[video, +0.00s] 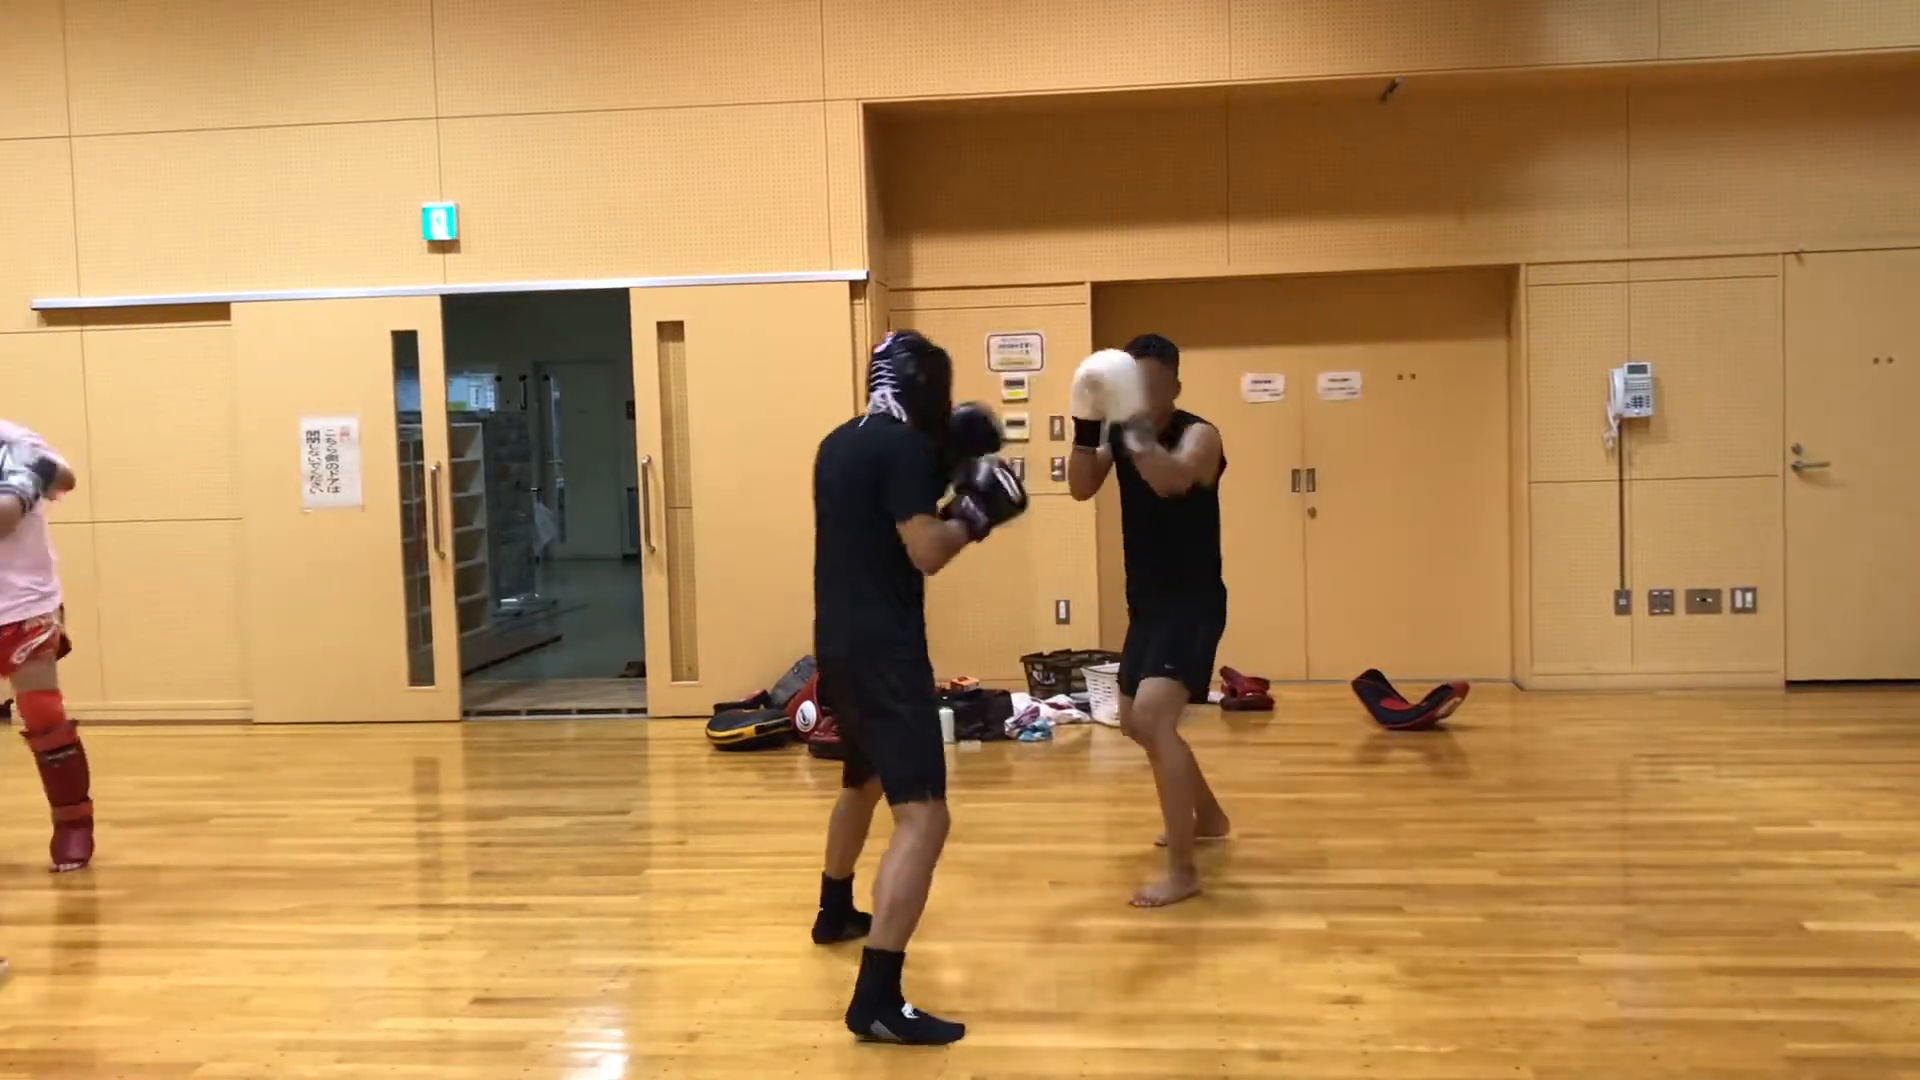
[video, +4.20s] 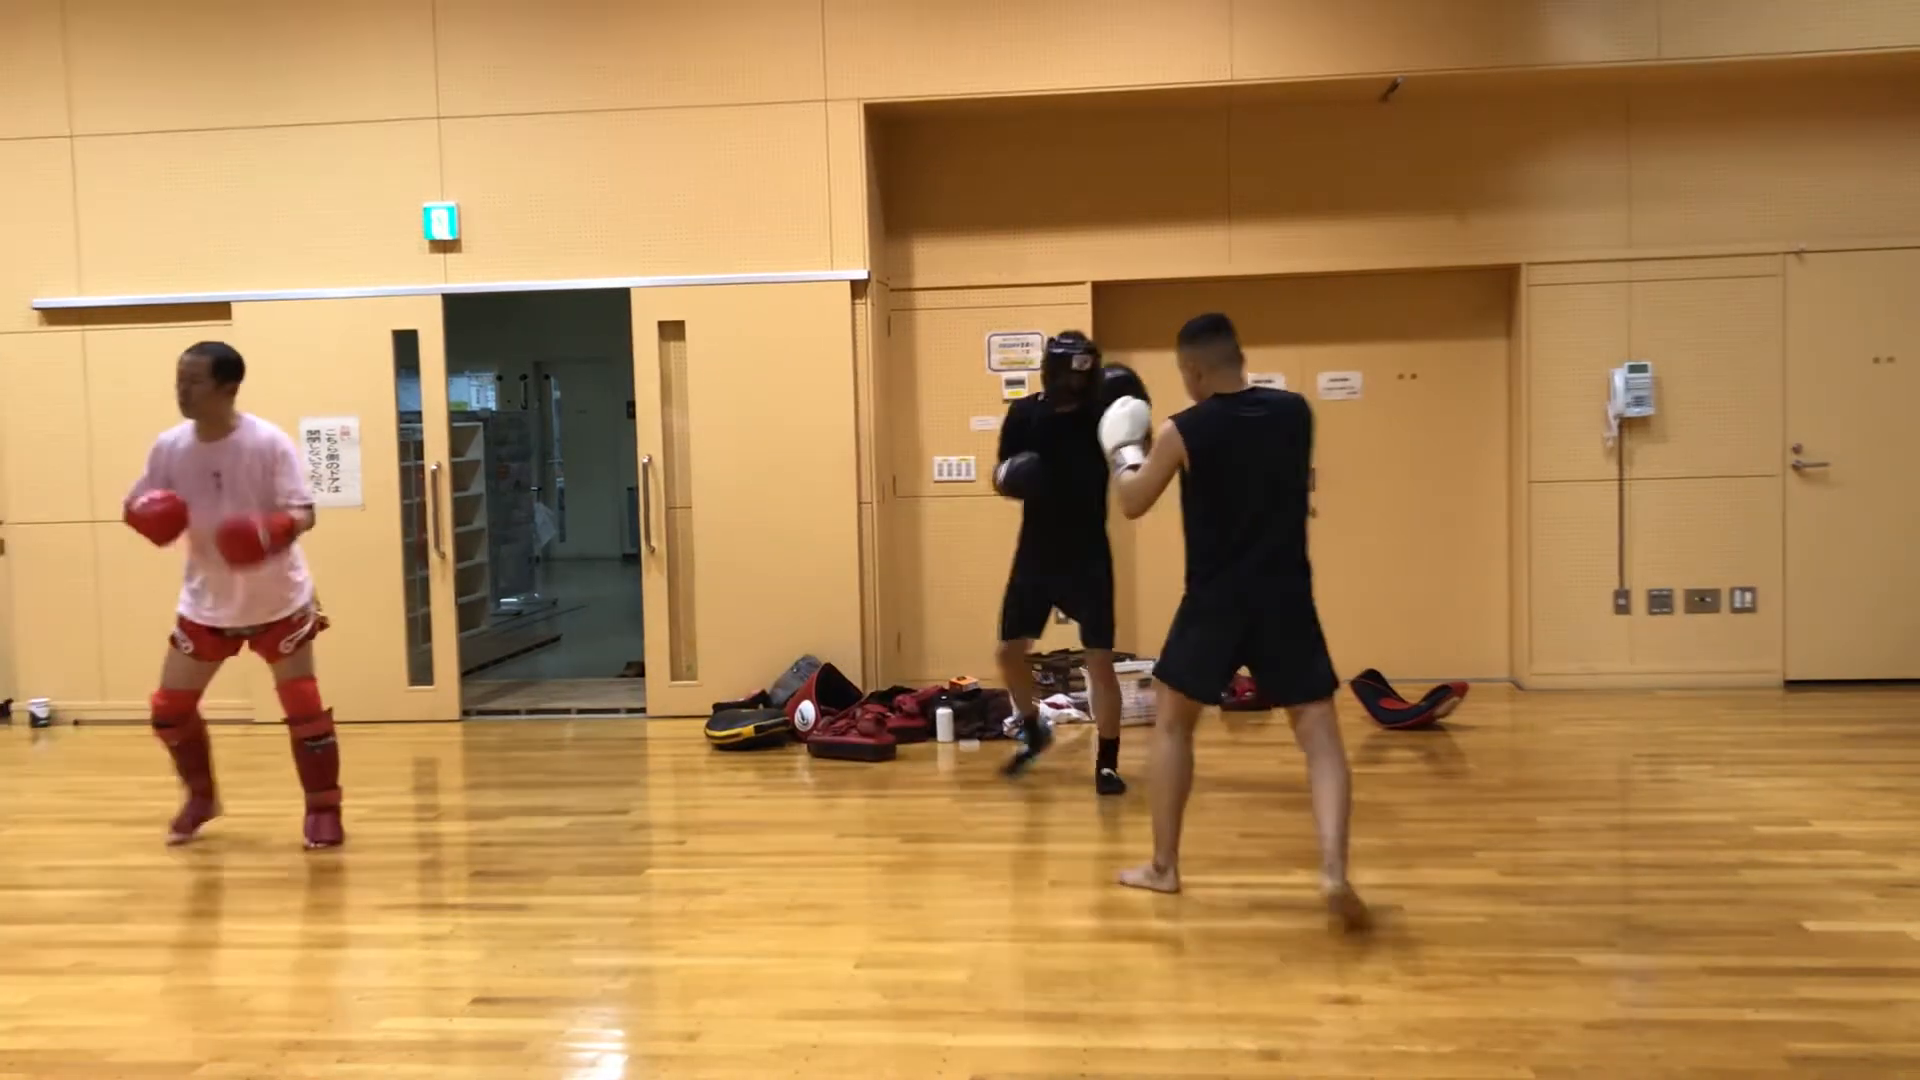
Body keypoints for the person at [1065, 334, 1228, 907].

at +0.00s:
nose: (1142, 401)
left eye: (1153, 390)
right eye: (1135, 390)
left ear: (1176, 387)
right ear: (1125, 392)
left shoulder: (1199, 436)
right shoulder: (1118, 437)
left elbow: (1171, 482)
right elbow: (1081, 488)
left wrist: (1135, 433)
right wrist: (1086, 423)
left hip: (1193, 600)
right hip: (1146, 602)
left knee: (1154, 718)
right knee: (1135, 719)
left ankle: (1182, 871)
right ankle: (1208, 817)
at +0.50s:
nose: (1143, 365)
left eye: (1151, 355)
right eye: (1138, 355)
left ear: (1181, 350)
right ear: (1139, 352)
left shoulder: (1207, 400)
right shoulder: (1160, 411)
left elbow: (1213, 463)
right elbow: (1126, 477)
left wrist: (1164, 419)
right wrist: (1097, 425)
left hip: (1219, 561)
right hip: (1186, 564)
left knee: (1199, 674)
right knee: (1196, 678)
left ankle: (1237, 812)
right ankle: (1237, 799)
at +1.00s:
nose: (1145, 388)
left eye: (1155, 378)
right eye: (1141, 378)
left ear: (1186, 374)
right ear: (1139, 376)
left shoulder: (1210, 429)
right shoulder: (1161, 433)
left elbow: (1202, 503)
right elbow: (1140, 504)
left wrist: (1148, 471)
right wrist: (1099, 473)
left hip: (1217, 581)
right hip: (1186, 581)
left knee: (1158, 682)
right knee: (1202, 690)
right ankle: (1275, 791)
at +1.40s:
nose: (1101, 408)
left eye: (1107, 397)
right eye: (1097, 399)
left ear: (1139, 386)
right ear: (1119, 394)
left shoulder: (1159, 436)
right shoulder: (1133, 435)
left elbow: (1107, 492)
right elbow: (1083, 481)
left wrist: (1072, 437)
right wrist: (1069, 431)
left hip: (1169, 597)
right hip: (1168, 594)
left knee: (1098, 693)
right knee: (1181, 698)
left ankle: (1112, 835)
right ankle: (1265, 794)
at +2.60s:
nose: (1136, 394)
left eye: (1140, 382)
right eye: (1134, 385)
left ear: (1170, 372)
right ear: (1185, 372)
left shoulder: (1184, 424)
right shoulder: (1226, 416)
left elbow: (1124, 490)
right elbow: (1180, 482)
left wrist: (1084, 438)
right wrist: (1137, 437)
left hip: (1197, 592)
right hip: (1248, 589)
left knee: (1139, 698)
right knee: (1262, 701)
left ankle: (1150, 837)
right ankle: (1323, 819)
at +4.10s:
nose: (1157, 380)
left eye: (1157, 371)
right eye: (1158, 371)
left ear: (1165, 371)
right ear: (1212, 361)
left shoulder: (1167, 430)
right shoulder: (1270, 409)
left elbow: (1114, 501)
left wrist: (1102, 454)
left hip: (1205, 602)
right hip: (1277, 596)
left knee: (1166, 721)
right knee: (1312, 718)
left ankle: (1164, 864)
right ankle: (1337, 845)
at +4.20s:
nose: (1185, 382)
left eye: (1184, 373)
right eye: (1184, 374)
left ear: (1191, 371)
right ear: (1241, 359)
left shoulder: (1185, 429)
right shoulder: (1295, 412)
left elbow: (1132, 502)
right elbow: (1297, 486)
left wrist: (1123, 449)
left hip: (1213, 605)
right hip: (1287, 602)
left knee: (1173, 725)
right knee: (1320, 737)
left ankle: (1163, 866)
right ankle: (1335, 871)